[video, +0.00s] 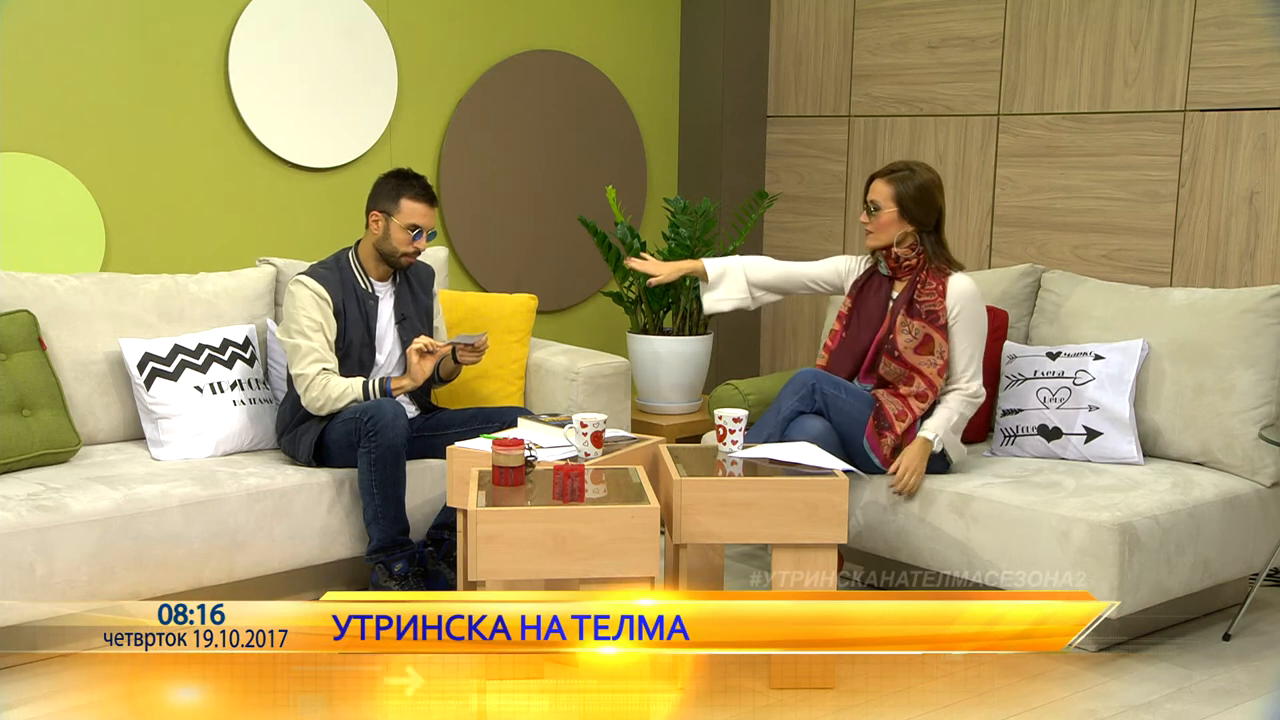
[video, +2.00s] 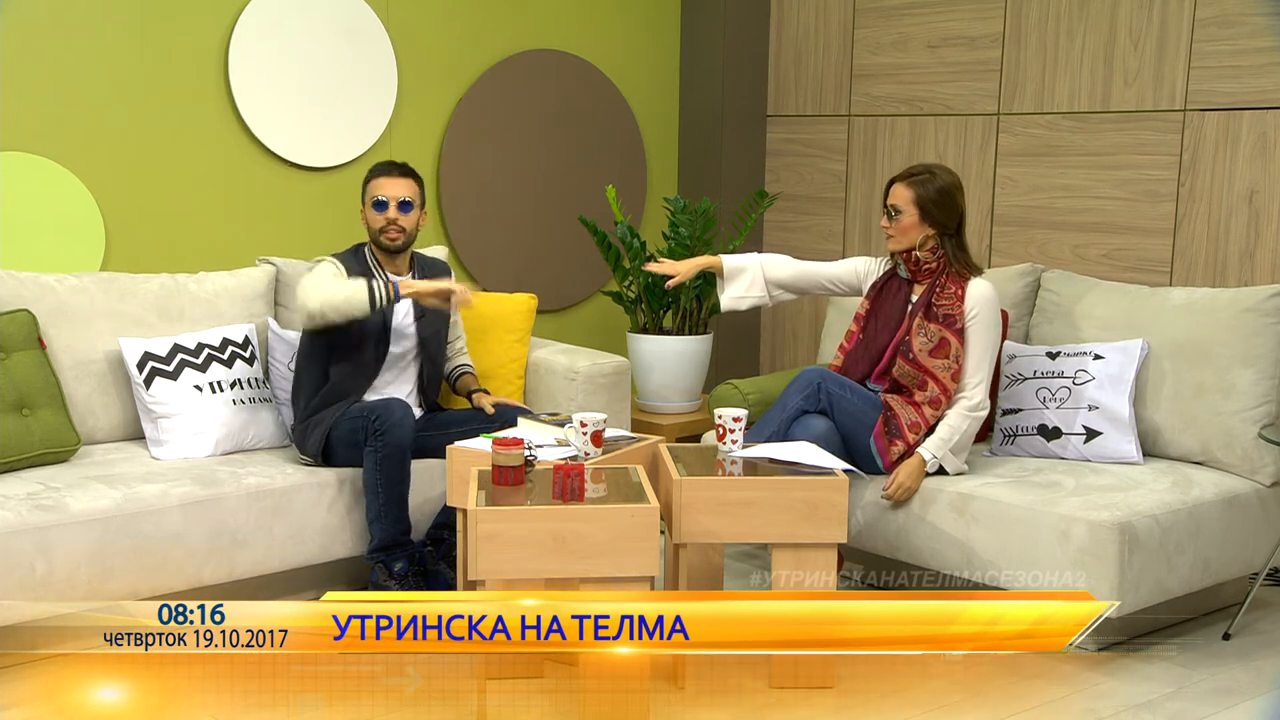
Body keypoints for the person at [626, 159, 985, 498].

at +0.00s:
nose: (864, 219)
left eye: (876, 210)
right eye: (867, 208)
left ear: (913, 219)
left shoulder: (956, 290)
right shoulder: (861, 270)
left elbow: (966, 387)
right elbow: (780, 272)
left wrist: (926, 442)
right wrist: (687, 266)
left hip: (909, 435)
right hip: (850, 420)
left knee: (810, 381)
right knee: (809, 431)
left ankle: (731, 468)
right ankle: (809, 568)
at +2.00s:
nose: (885, 222)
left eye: (896, 214)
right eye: (887, 212)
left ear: (933, 222)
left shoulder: (975, 295)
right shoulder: (882, 271)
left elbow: (972, 400)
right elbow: (797, 273)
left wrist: (921, 461)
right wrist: (705, 263)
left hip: (916, 440)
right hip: (862, 423)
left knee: (817, 379)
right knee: (811, 429)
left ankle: (728, 467)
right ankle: (805, 568)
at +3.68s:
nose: (917, 223)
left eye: (933, 214)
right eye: (914, 213)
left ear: (964, 227)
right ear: (907, 219)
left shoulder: (989, 295)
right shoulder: (890, 276)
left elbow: (1002, 372)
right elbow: (807, 290)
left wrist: (971, 429)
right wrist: (714, 295)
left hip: (922, 436)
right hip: (864, 421)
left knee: (813, 380)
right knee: (809, 431)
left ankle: (734, 468)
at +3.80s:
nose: (927, 223)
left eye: (943, 216)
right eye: (922, 213)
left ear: (972, 227)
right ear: (914, 219)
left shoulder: (991, 294)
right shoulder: (897, 279)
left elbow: (1032, 316)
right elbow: (811, 295)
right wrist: (716, 302)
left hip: (926, 440)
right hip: (868, 423)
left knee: (812, 380)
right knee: (809, 429)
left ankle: (732, 475)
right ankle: (804, 571)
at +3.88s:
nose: (934, 223)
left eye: (949, 216)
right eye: (928, 214)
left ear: (976, 229)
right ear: (918, 222)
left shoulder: (994, 292)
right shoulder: (896, 282)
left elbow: (1044, 276)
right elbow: (810, 294)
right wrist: (718, 303)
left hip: (924, 440)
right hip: (865, 422)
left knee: (812, 381)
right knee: (810, 432)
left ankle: (734, 472)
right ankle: (802, 570)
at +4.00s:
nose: (939, 226)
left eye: (954, 217)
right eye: (933, 216)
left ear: (981, 229)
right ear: (923, 224)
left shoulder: (996, 293)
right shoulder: (900, 280)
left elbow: (1040, 241)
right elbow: (816, 292)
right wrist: (723, 300)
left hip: (923, 436)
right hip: (865, 418)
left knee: (812, 380)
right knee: (800, 430)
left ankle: (739, 459)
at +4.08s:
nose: (941, 225)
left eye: (956, 217)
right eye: (934, 215)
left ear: (983, 228)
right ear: (925, 222)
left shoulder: (998, 291)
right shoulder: (901, 280)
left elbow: (1039, 232)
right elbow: (816, 296)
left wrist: (1090, 150)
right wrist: (724, 300)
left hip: (924, 433)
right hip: (863, 415)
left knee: (812, 381)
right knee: (805, 438)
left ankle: (741, 458)